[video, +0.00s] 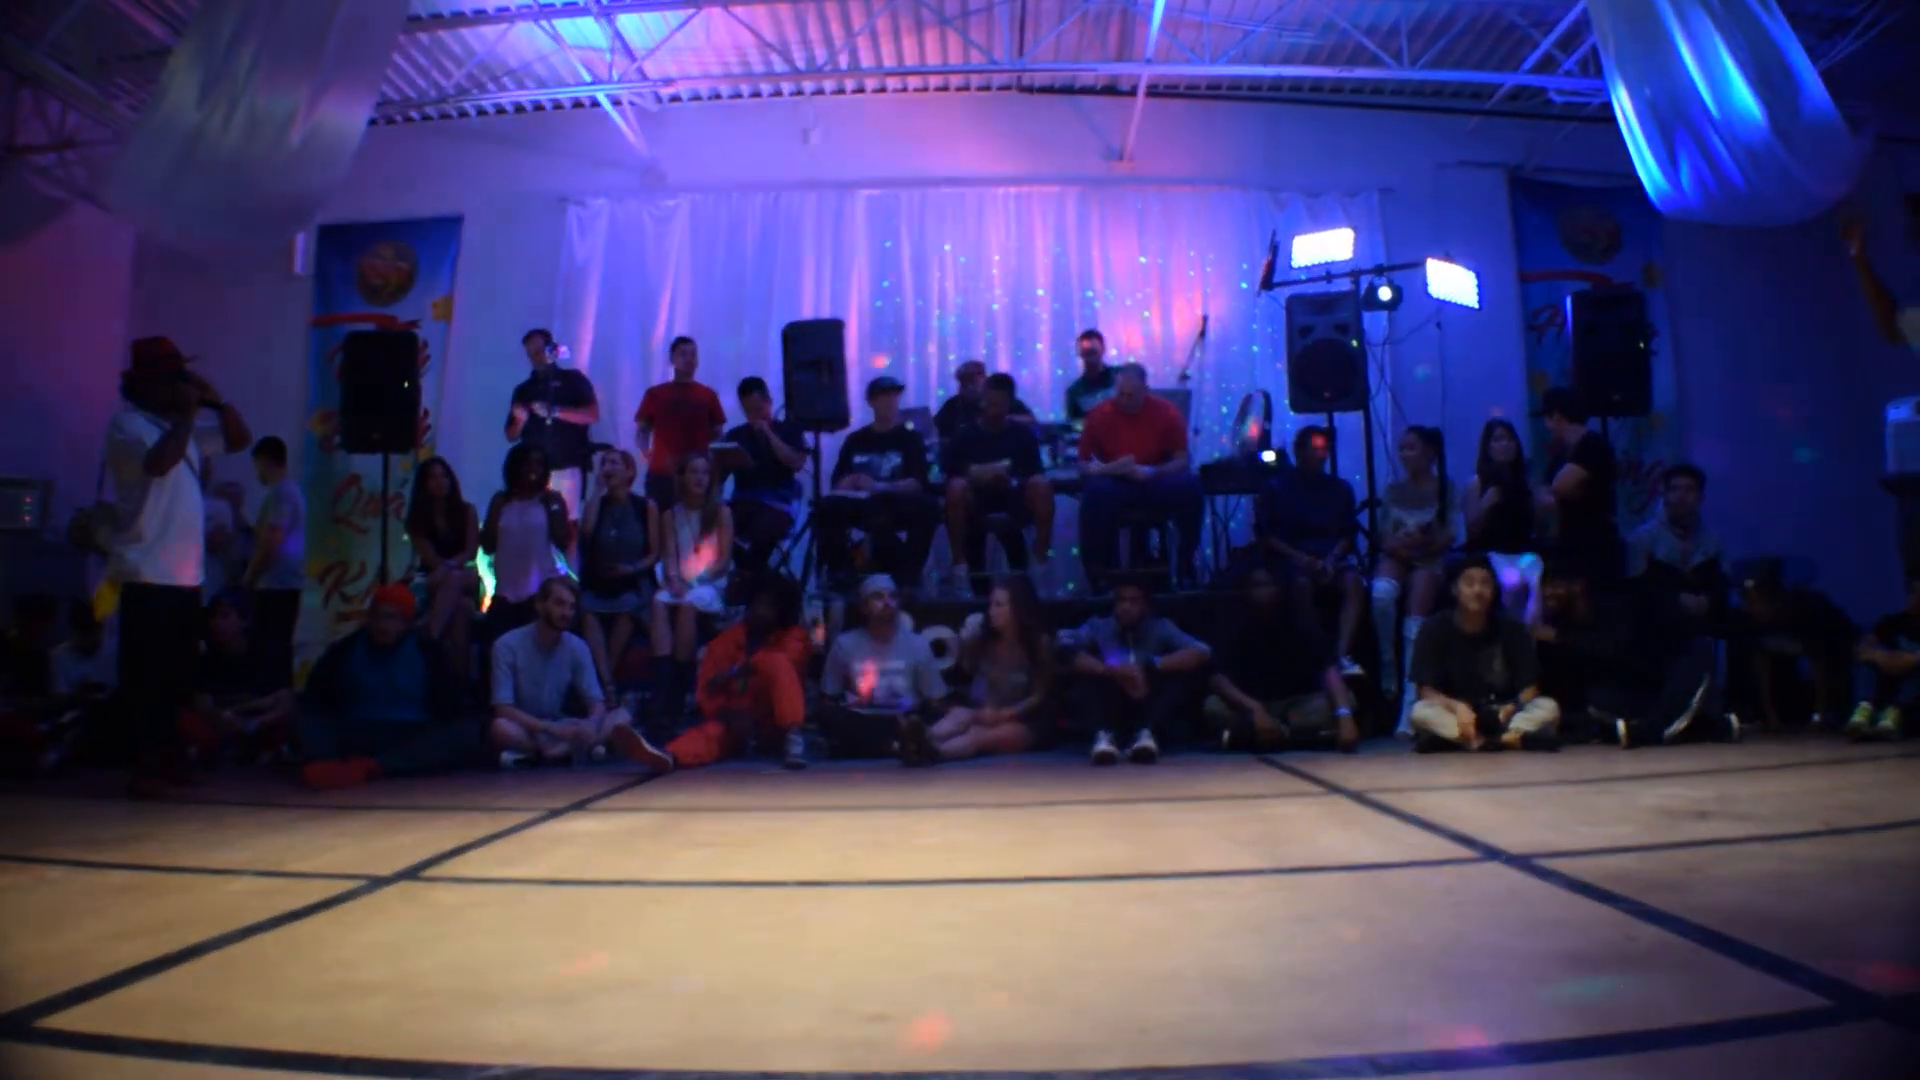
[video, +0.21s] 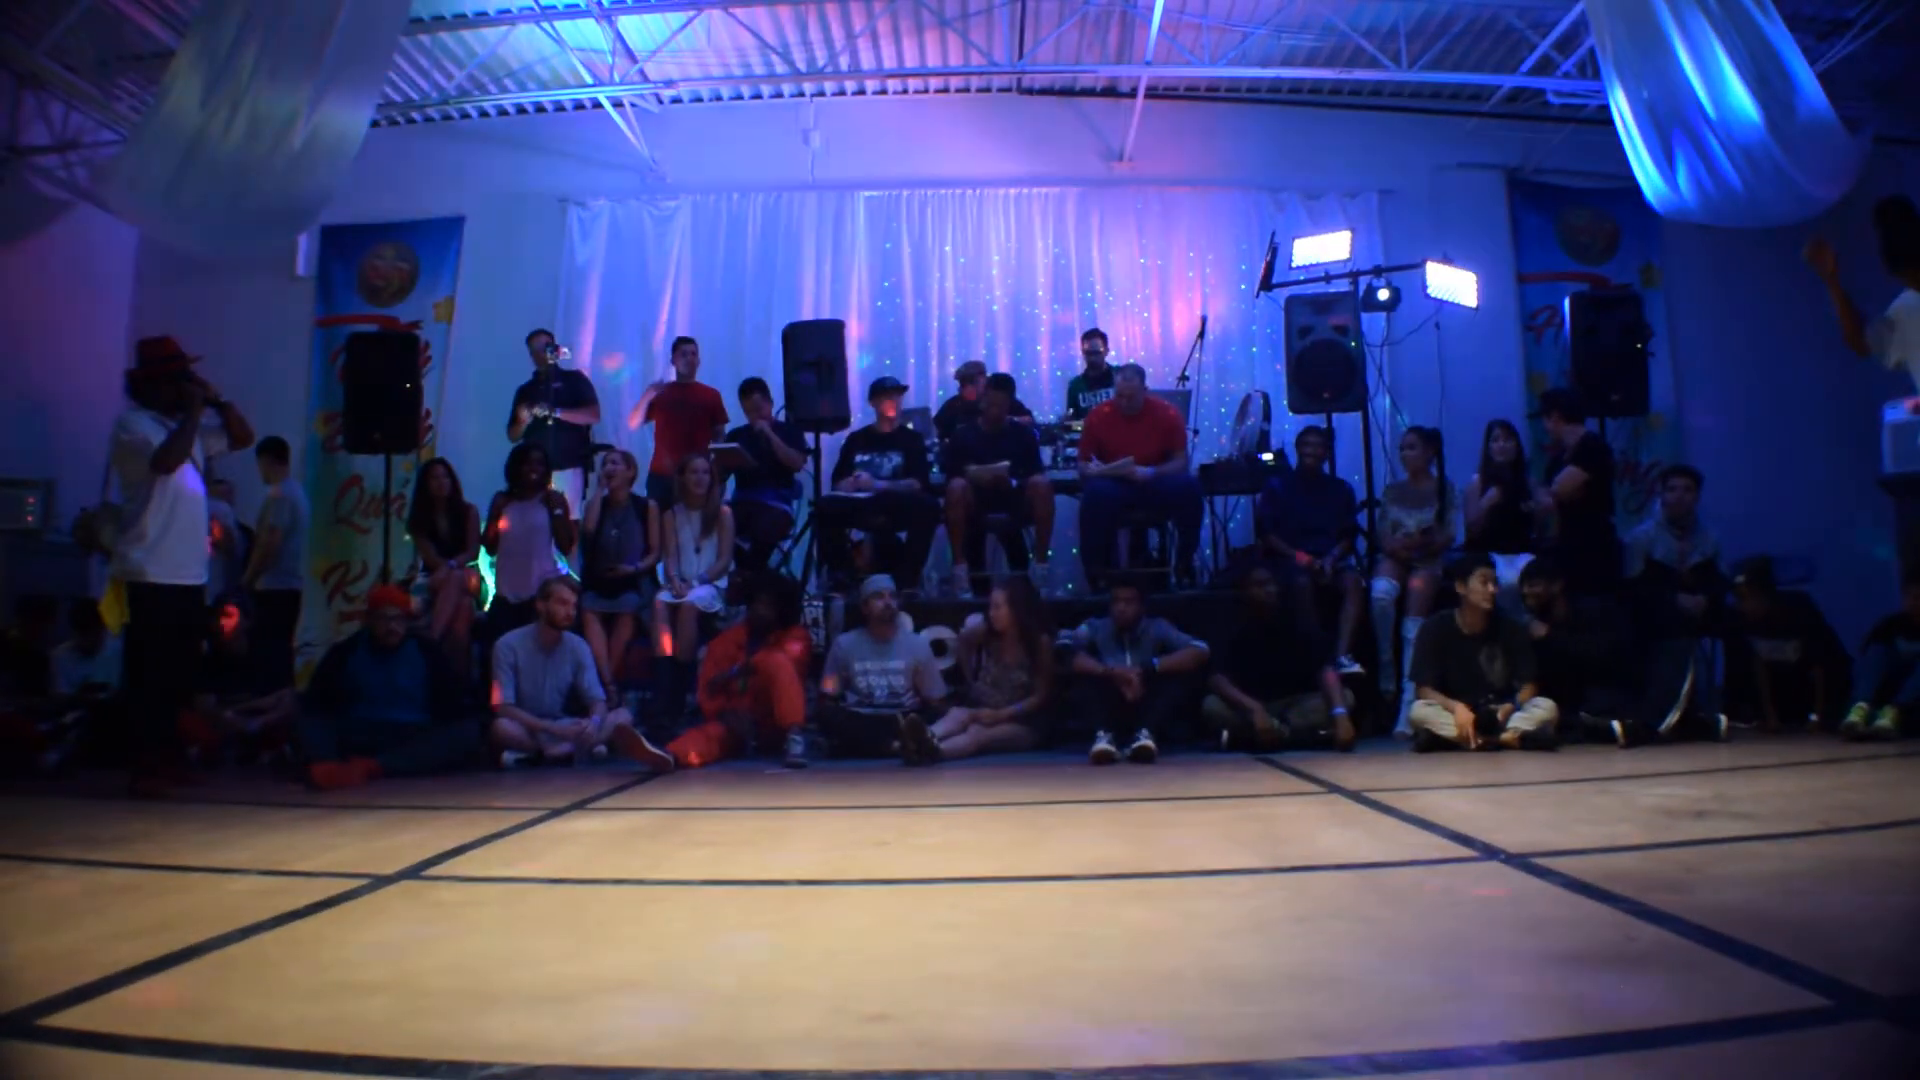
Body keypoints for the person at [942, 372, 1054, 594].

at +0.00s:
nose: (994, 410)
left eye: (1000, 404)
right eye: (990, 403)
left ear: (1009, 404)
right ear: (981, 403)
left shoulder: (1021, 432)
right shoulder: (966, 433)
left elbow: (1034, 470)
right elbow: (951, 471)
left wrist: (1008, 476)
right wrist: (976, 475)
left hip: (1012, 490)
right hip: (977, 491)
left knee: (1041, 487)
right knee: (957, 488)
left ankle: (1041, 558)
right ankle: (959, 563)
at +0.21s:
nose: (994, 411)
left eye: (1000, 405)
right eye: (989, 404)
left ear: (1009, 404)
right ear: (981, 402)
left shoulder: (1022, 433)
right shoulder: (965, 433)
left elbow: (1035, 471)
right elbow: (950, 471)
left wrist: (1009, 480)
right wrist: (975, 476)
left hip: (1011, 492)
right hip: (977, 493)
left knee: (1041, 485)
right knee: (957, 488)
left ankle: (1041, 561)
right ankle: (959, 565)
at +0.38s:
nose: (994, 412)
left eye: (1000, 406)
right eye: (989, 405)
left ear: (1009, 406)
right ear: (981, 404)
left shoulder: (1022, 433)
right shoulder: (965, 433)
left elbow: (1034, 470)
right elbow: (950, 470)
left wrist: (1008, 479)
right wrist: (974, 474)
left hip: (1011, 491)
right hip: (977, 492)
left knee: (1041, 486)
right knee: (957, 488)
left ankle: (1040, 562)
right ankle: (960, 565)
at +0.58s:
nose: (995, 411)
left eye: (1001, 406)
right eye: (990, 405)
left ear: (1010, 405)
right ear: (982, 404)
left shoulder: (1022, 433)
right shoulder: (965, 433)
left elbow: (1035, 471)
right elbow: (951, 471)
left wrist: (1009, 480)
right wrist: (976, 476)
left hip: (1011, 491)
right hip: (977, 492)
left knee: (1041, 486)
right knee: (956, 488)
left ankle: (1041, 563)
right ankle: (960, 566)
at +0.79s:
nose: (994, 412)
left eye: (1000, 405)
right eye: (990, 405)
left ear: (1010, 405)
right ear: (982, 404)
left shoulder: (1022, 433)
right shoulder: (965, 433)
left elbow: (1034, 470)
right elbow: (950, 470)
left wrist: (1008, 479)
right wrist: (976, 475)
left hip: (1012, 491)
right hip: (977, 492)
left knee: (1041, 487)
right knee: (956, 488)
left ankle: (1041, 562)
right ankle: (960, 565)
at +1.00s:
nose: (994, 412)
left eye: (1000, 405)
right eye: (989, 405)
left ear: (1009, 405)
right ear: (981, 404)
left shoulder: (1023, 433)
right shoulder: (965, 433)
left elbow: (1034, 470)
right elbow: (950, 470)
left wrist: (1008, 478)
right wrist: (975, 474)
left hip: (1012, 490)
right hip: (977, 491)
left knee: (1041, 487)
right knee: (956, 489)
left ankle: (1041, 563)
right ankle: (960, 566)